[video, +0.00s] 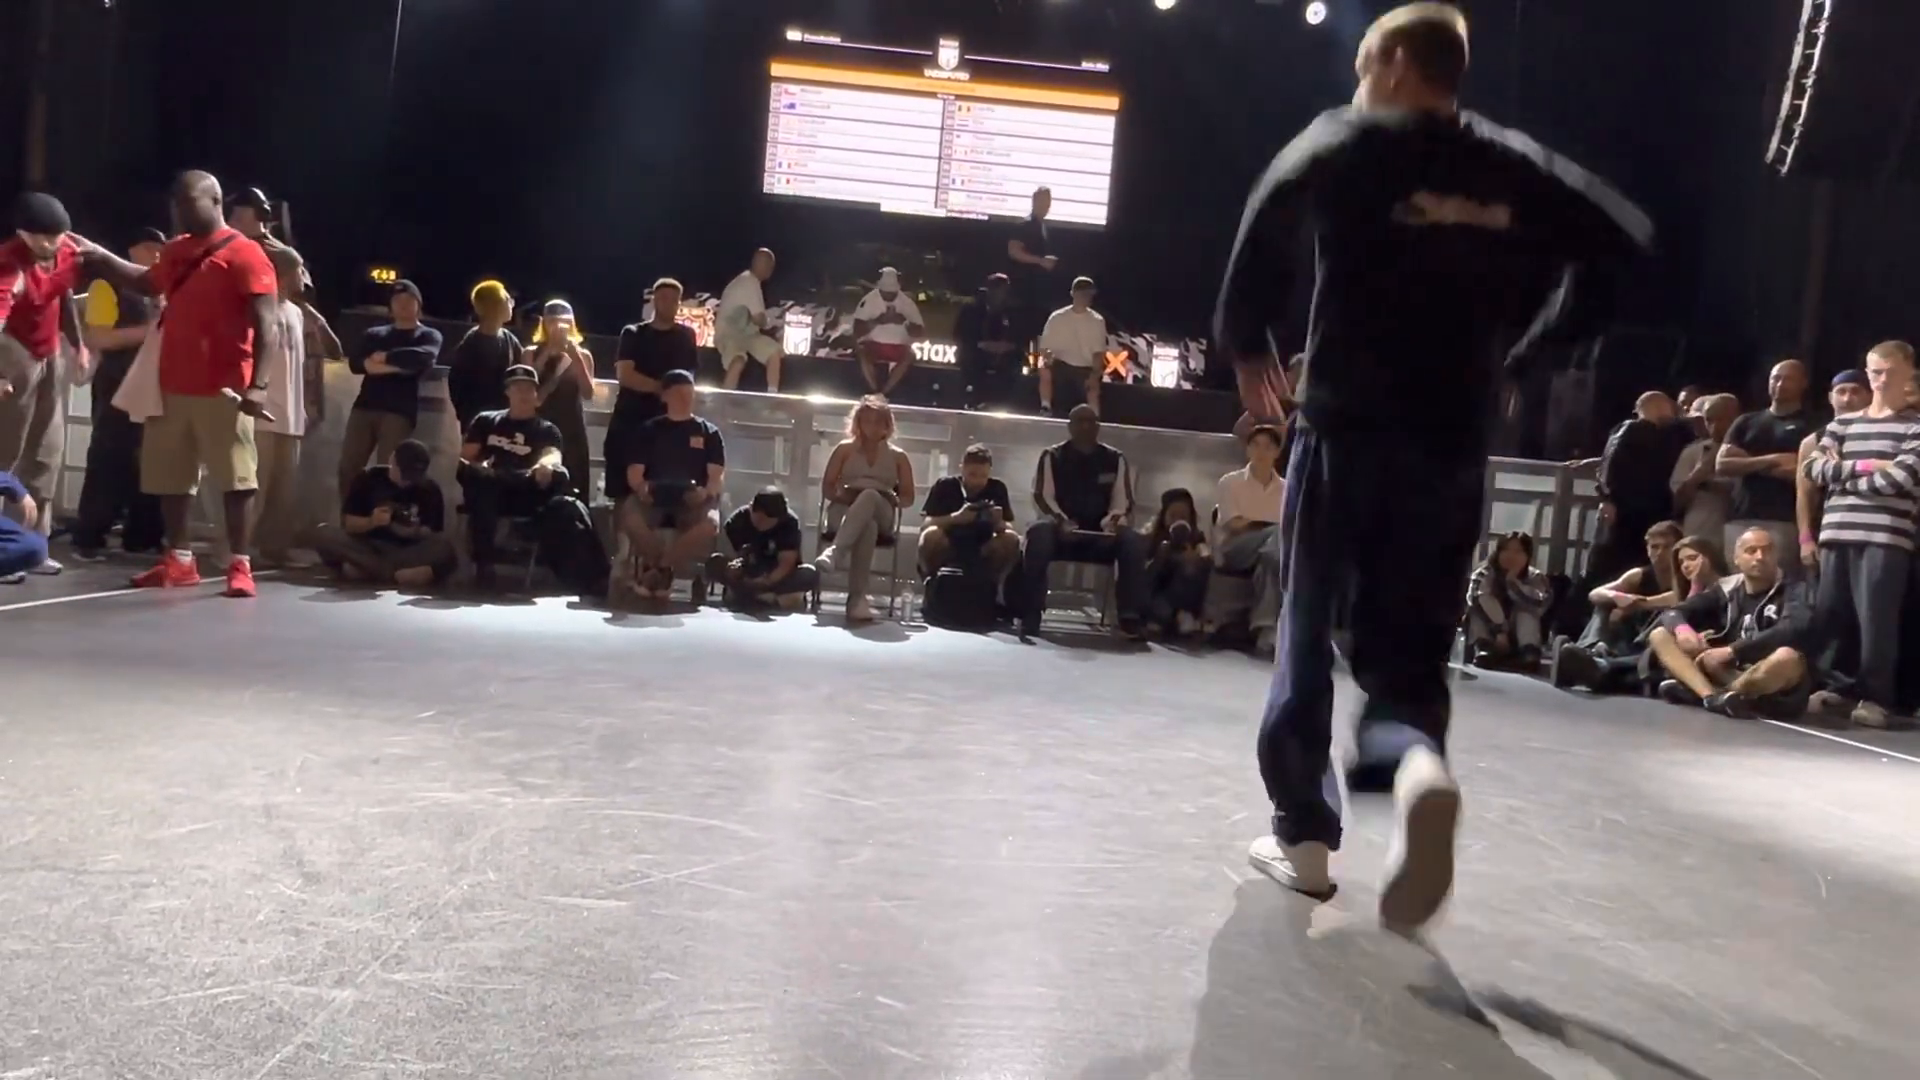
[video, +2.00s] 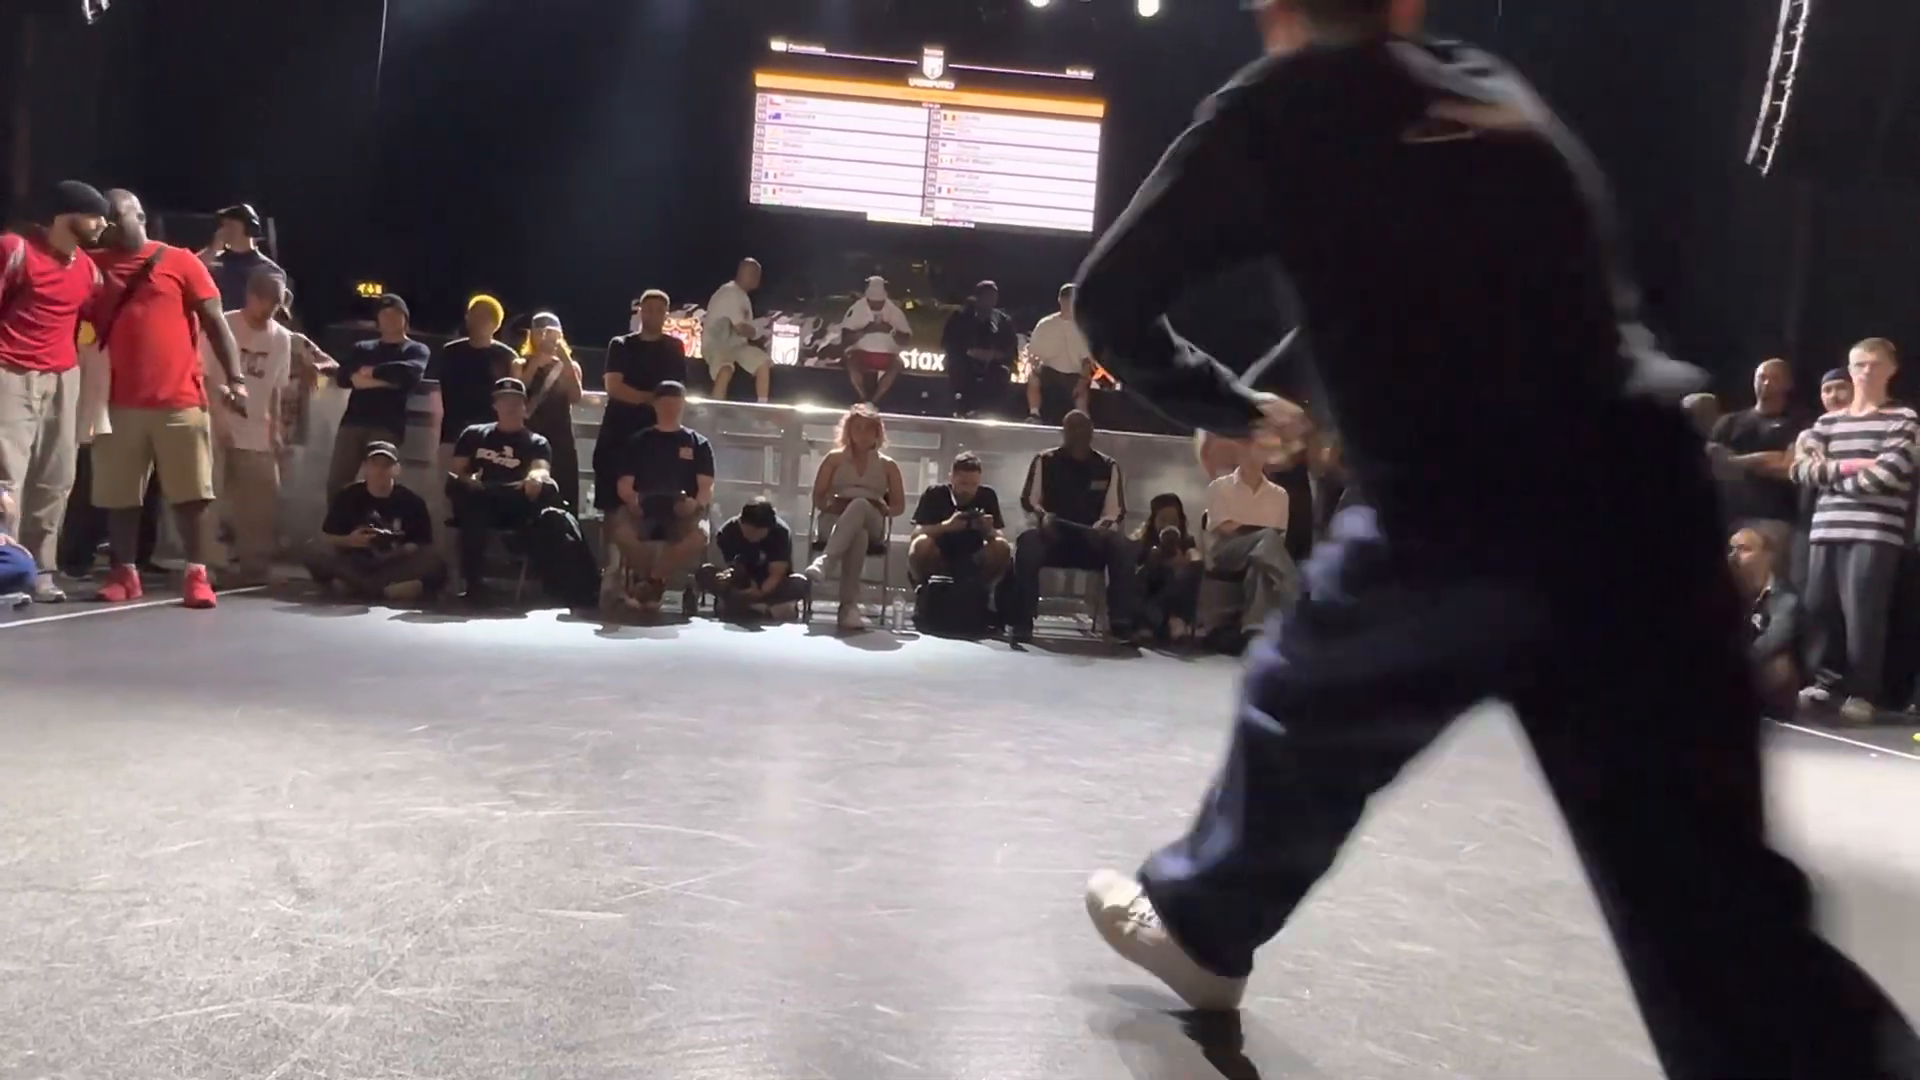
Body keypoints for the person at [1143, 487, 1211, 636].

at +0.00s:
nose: (1178, 521)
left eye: (1183, 516)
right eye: (1172, 515)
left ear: (1192, 516)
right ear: (1163, 516)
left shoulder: (1197, 539)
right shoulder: (1151, 540)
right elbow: (1147, 572)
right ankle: (1182, 615)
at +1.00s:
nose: (1179, 522)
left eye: (1184, 517)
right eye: (1174, 516)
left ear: (1192, 517)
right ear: (1164, 516)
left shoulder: (1197, 539)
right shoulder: (1151, 539)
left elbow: (1207, 558)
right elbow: (1148, 572)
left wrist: (1191, 555)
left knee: (1196, 568)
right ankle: (1185, 616)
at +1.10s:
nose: (1179, 524)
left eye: (1184, 519)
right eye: (1174, 518)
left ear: (1192, 519)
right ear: (1165, 518)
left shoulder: (1197, 541)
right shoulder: (1150, 541)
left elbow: (1207, 562)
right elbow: (1147, 574)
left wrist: (1186, 549)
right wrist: (1164, 555)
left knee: (1194, 565)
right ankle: (1186, 617)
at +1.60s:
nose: (1174, 525)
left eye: (1179, 520)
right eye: (1169, 520)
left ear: (1187, 520)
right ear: (1159, 519)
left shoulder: (1192, 541)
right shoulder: (1145, 541)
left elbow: (1202, 562)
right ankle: (1181, 619)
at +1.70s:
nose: (1173, 524)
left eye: (1178, 519)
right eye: (1167, 519)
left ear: (1185, 519)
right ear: (1157, 519)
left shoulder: (1190, 541)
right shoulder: (1144, 541)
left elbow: (1200, 561)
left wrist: (1183, 557)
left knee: (1195, 569)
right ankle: (1179, 619)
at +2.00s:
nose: (1168, 526)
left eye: (1173, 520)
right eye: (1163, 520)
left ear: (1181, 520)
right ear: (1153, 520)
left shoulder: (1187, 542)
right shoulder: (1140, 542)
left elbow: (1197, 561)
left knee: (1193, 568)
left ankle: (1184, 620)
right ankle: (1174, 619)